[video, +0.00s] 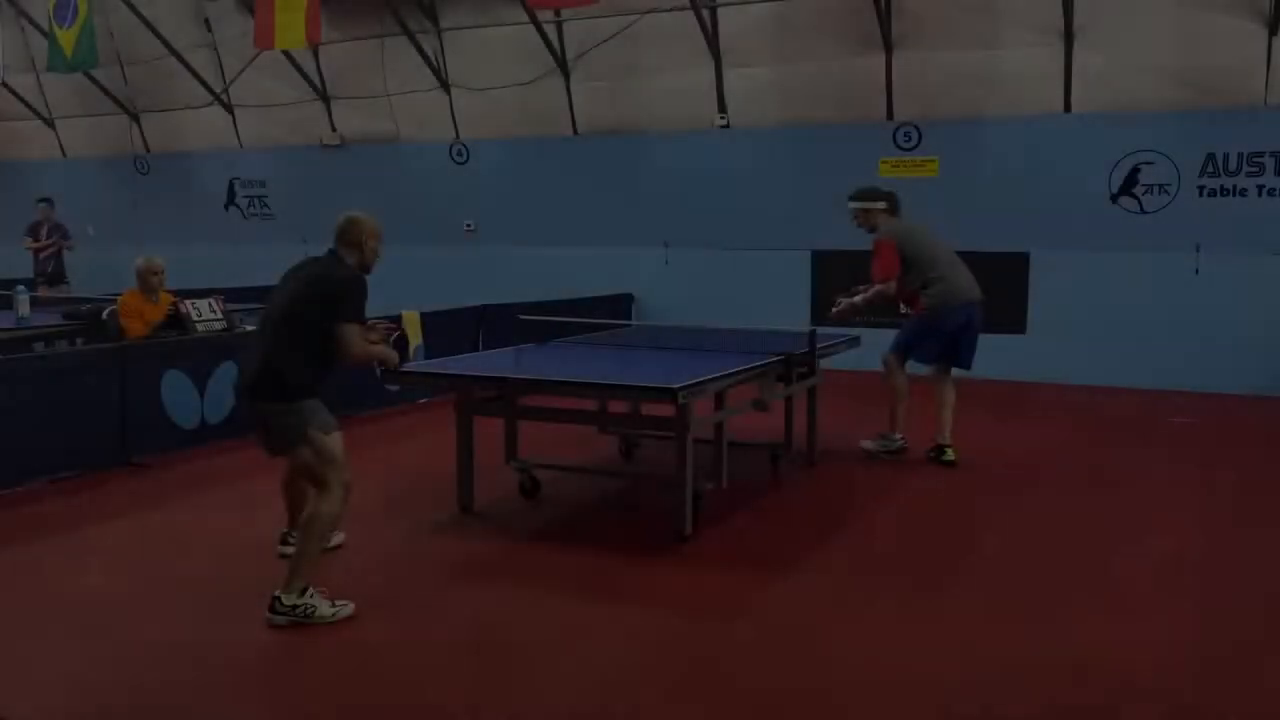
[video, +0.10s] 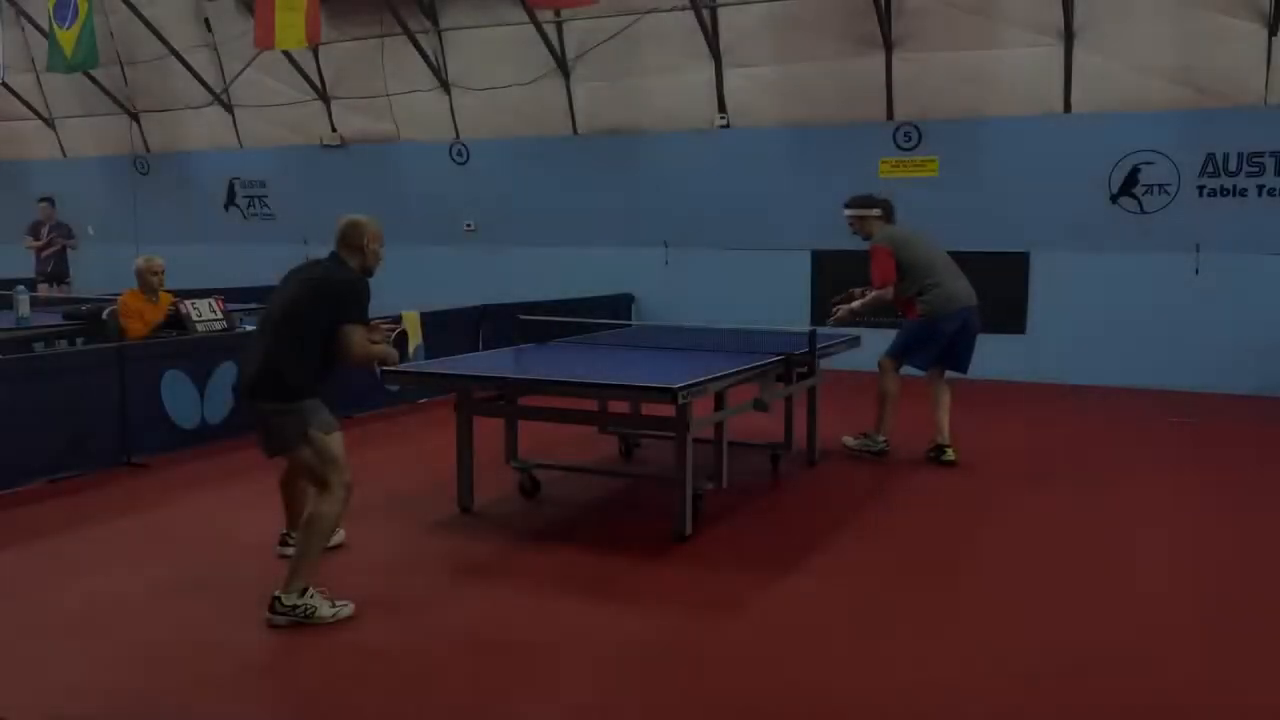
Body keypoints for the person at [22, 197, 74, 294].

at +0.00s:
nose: (42, 212)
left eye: (45, 208)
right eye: (40, 209)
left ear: (52, 210)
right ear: (38, 210)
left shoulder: (59, 227)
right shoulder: (34, 227)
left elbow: (71, 246)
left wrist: (59, 242)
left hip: (58, 271)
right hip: (40, 271)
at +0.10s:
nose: (42, 212)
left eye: (45, 208)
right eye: (40, 209)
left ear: (53, 210)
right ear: (38, 210)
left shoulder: (63, 227)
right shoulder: (35, 226)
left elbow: (74, 244)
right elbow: (27, 243)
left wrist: (62, 242)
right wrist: (42, 243)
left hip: (61, 271)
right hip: (43, 271)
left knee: (64, 302)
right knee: (44, 302)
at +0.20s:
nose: (41, 211)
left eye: (44, 207)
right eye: (40, 208)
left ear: (52, 209)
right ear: (38, 209)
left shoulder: (65, 226)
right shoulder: (37, 226)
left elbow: (78, 243)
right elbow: (27, 245)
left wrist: (62, 241)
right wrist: (40, 241)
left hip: (61, 270)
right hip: (43, 270)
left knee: (65, 302)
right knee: (40, 301)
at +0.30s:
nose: (38, 212)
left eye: (41, 208)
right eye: (37, 209)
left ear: (50, 209)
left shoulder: (65, 227)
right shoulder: (36, 227)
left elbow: (77, 243)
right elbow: (29, 248)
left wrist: (59, 242)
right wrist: (33, 243)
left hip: (61, 271)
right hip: (42, 271)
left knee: (66, 303)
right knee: (37, 302)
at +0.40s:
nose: (34, 211)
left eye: (37, 208)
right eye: (33, 209)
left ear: (47, 210)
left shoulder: (61, 227)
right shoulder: (34, 228)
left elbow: (73, 244)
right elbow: (27, 246)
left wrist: (52, 243)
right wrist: (31, 245)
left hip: (59, 272)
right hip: (40, 272)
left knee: (65, 304)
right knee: (36, 303)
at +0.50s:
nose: (29, 211)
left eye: (31, 207)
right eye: (28, 208)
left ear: (41, 209)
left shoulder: (56, 227)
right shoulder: (29, 228)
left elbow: (66, 245)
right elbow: (23, 246)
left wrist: (45, 244)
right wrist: (27, 245)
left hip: (54, 272)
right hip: (35, 272)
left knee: (61, 304)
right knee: (33, 304)